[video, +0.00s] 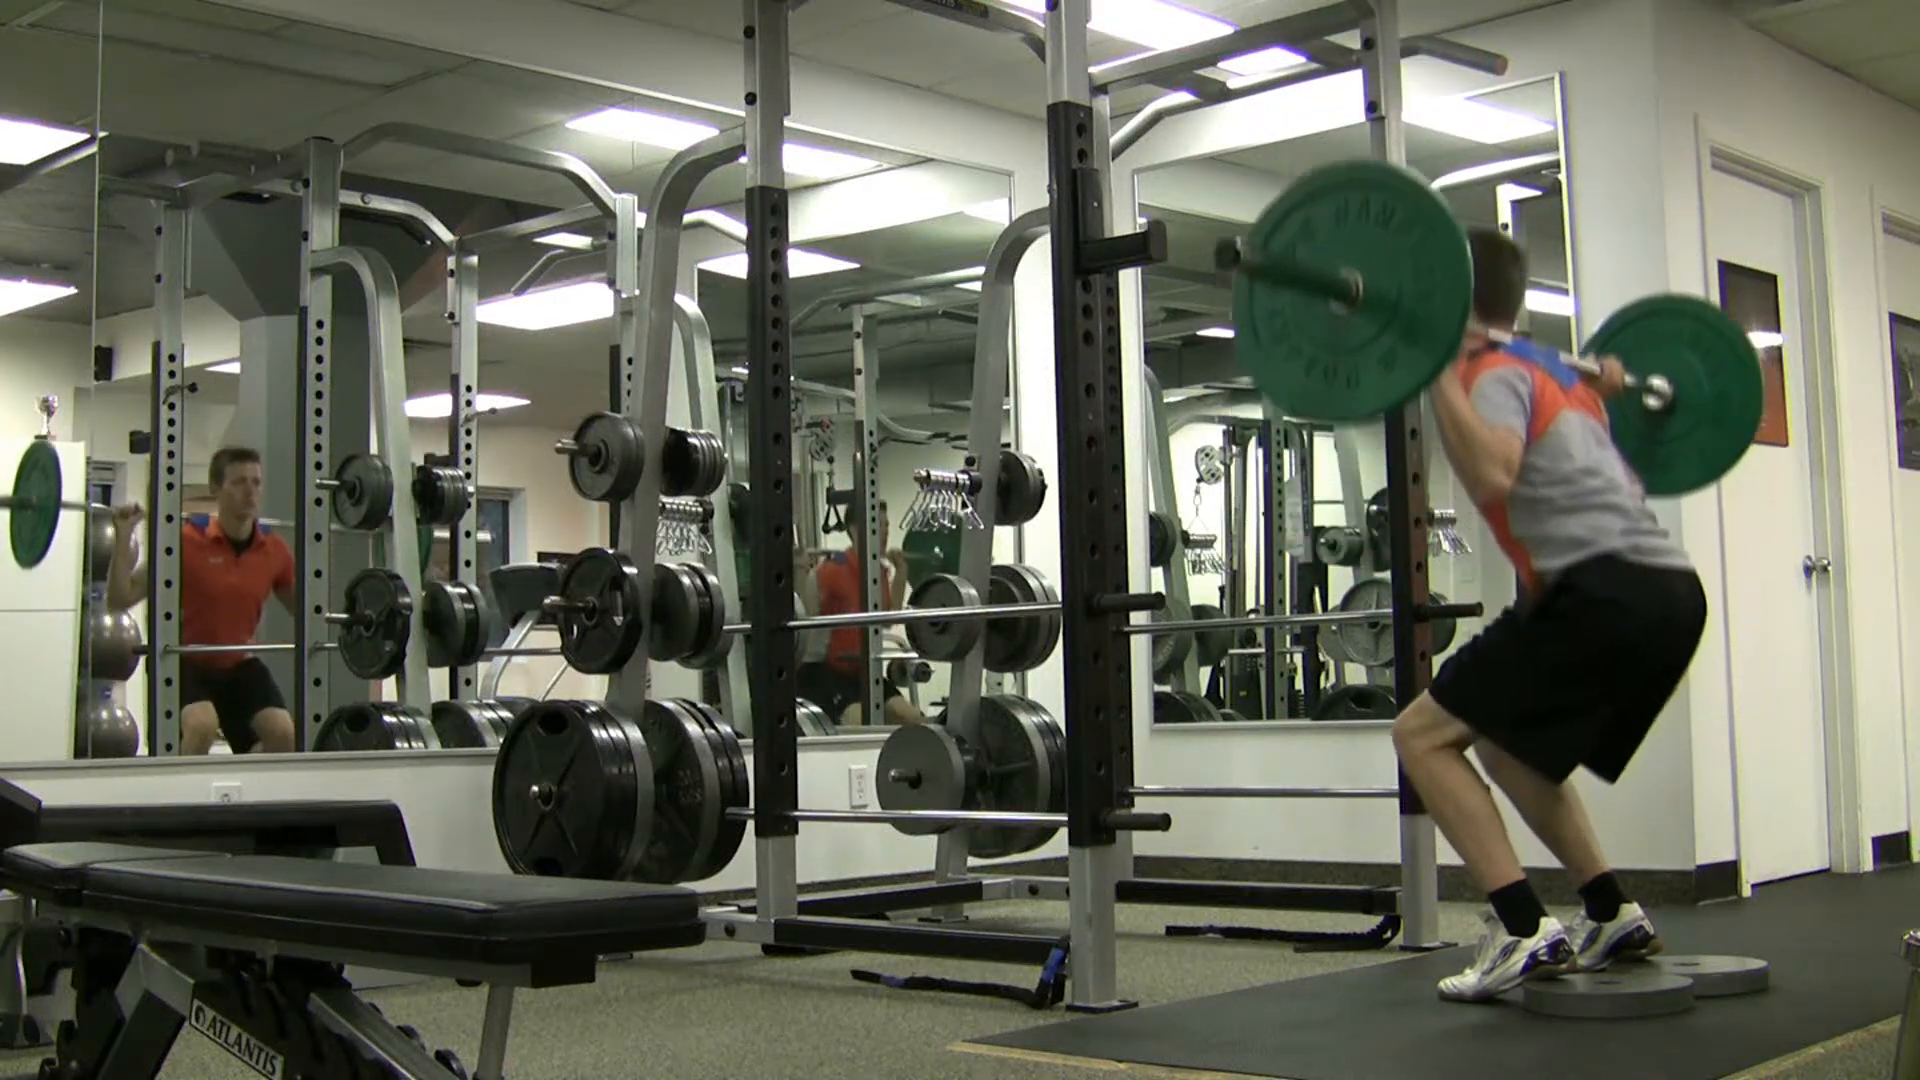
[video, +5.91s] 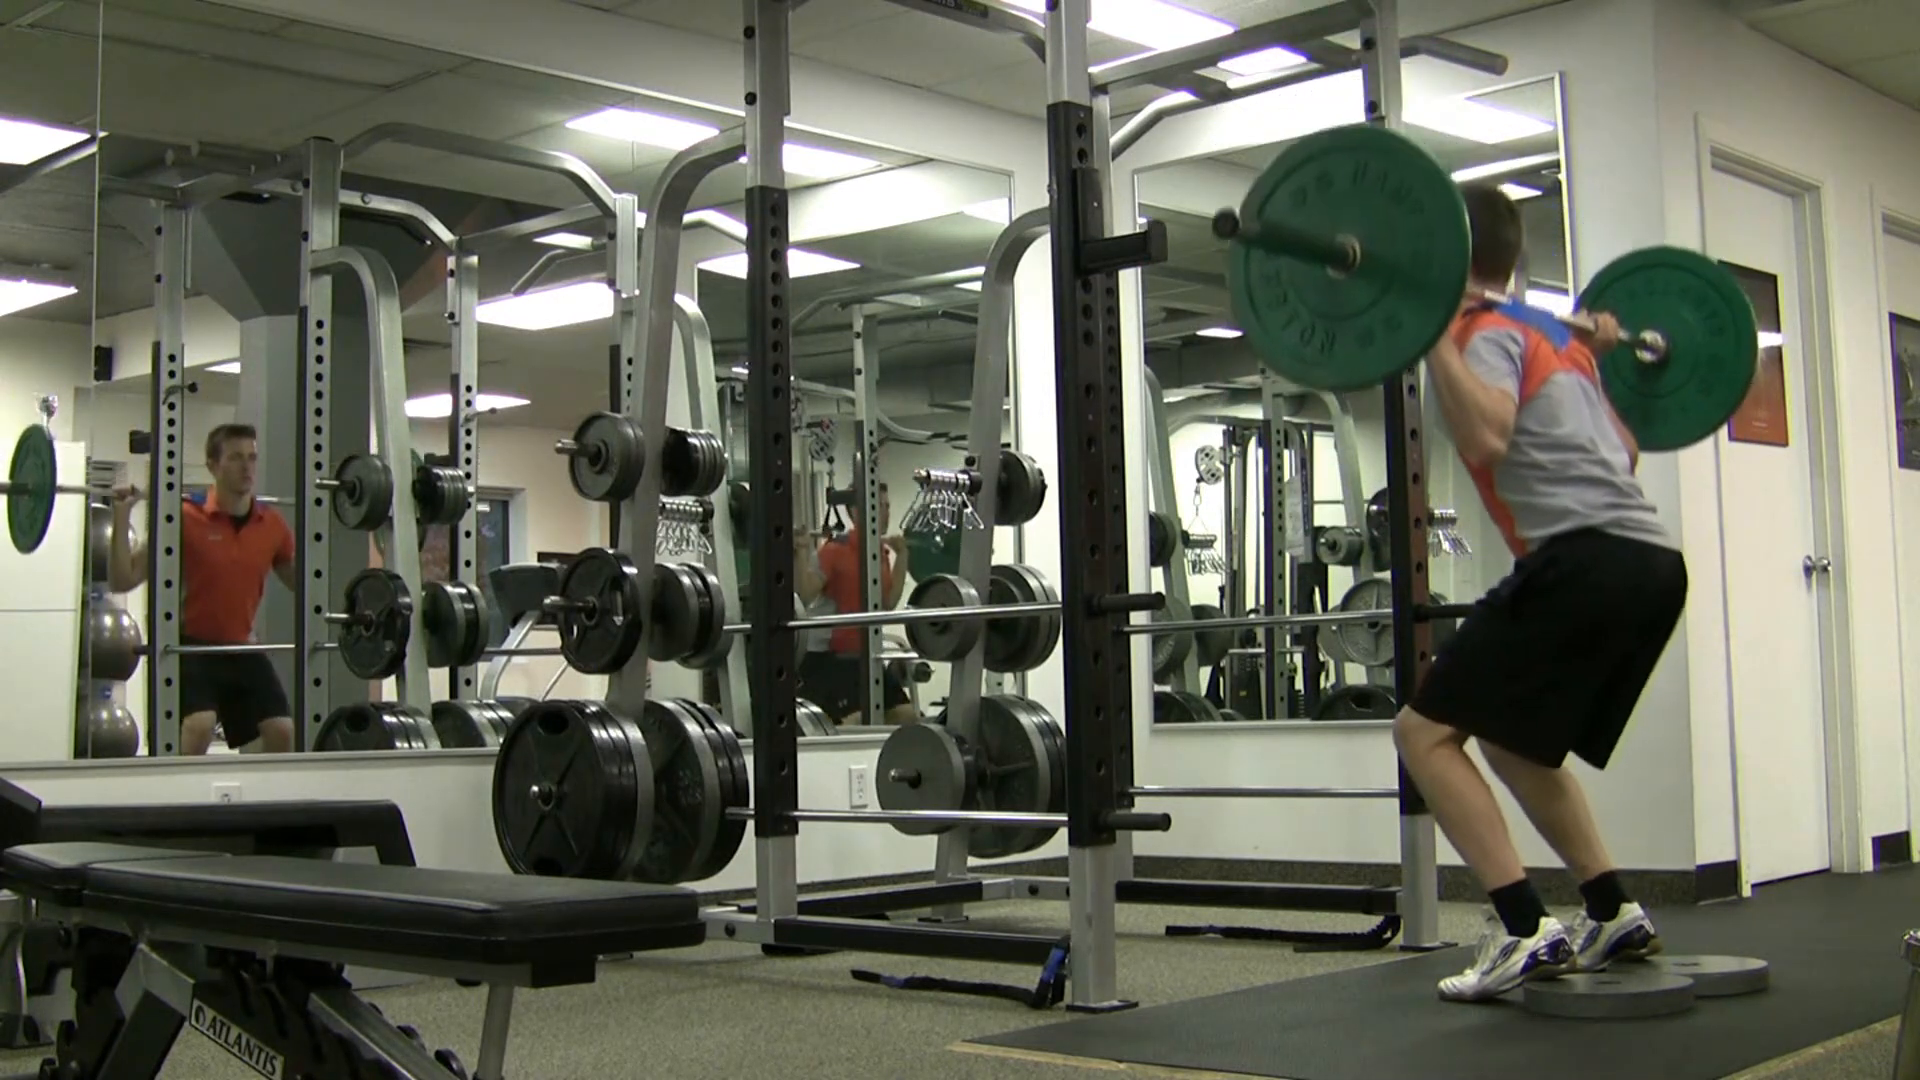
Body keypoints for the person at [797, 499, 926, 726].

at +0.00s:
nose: (882, 532)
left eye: (885, 525)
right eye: (873, 525)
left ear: (888, 527)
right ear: (854, 530)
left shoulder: (880, 571)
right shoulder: (832, 570)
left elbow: (890, 616)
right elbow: (810, 617)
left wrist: (901, 573)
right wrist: (801, 574)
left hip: (868, 670)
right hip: (831, 669)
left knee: (912, 719)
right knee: (858, 720)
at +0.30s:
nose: (880, 495)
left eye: (881, 487)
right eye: (874, 487)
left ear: (881, 491)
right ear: (856, 490)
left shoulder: (874, 534)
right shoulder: (830, 533)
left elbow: (887, 584)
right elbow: (800, 581)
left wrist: (898, 537)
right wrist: (798, 537)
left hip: (866, 642)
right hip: (834, 643)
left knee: (903, 718)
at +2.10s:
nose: (876, 525)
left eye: (881, 518)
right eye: (867, 518)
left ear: (886, 522)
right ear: (850, 522)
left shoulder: (879, 566)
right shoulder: (833, 563)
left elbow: (890, 609)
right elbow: (813, 602)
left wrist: (900, 568)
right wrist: (801, 567)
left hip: (869, 664)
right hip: (835, 664)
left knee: (909, 719)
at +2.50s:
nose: (884, 564)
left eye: (886, 557)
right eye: (875, 557)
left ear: (890, 559)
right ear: (854, 561)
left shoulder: (880, 601)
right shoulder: (832, 601)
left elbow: (888, 646)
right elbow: (820, 644)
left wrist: (901, 603)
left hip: (868, 689)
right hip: (834, 691)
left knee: (916, 722)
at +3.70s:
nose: (884, 527)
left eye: (886, 519)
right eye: (876, 519)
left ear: (889, 522)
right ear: (854, 525)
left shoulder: (881, 566)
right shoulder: (830, 564)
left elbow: (890, 612)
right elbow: (808, 610)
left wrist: (903, 566)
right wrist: (801, 566)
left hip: (866, 665)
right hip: (826, 664)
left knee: (910, 718)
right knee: (857, 719)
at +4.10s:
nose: (883, 487)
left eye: (884, 479)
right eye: (877, 479)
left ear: (882, 482)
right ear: (859, 482)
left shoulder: (876, 524)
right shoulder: (833, 522)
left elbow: (887, 576)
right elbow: (801, 571)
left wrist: (900, 530)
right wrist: (800, 523)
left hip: (866, 631)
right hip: (833, 631)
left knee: (892, 709)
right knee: (849, 711)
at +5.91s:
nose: (883, 512)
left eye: (885, 506)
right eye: (875, 506)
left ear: (888, 510)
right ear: (854, 511)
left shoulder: (881, 552)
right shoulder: (835, 549)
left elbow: (889, 603)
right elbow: (807, 594)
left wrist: (902, 555)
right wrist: (801, 552)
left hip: (872, 653)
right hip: (841, 654)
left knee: (907, 719)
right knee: (854, 722)